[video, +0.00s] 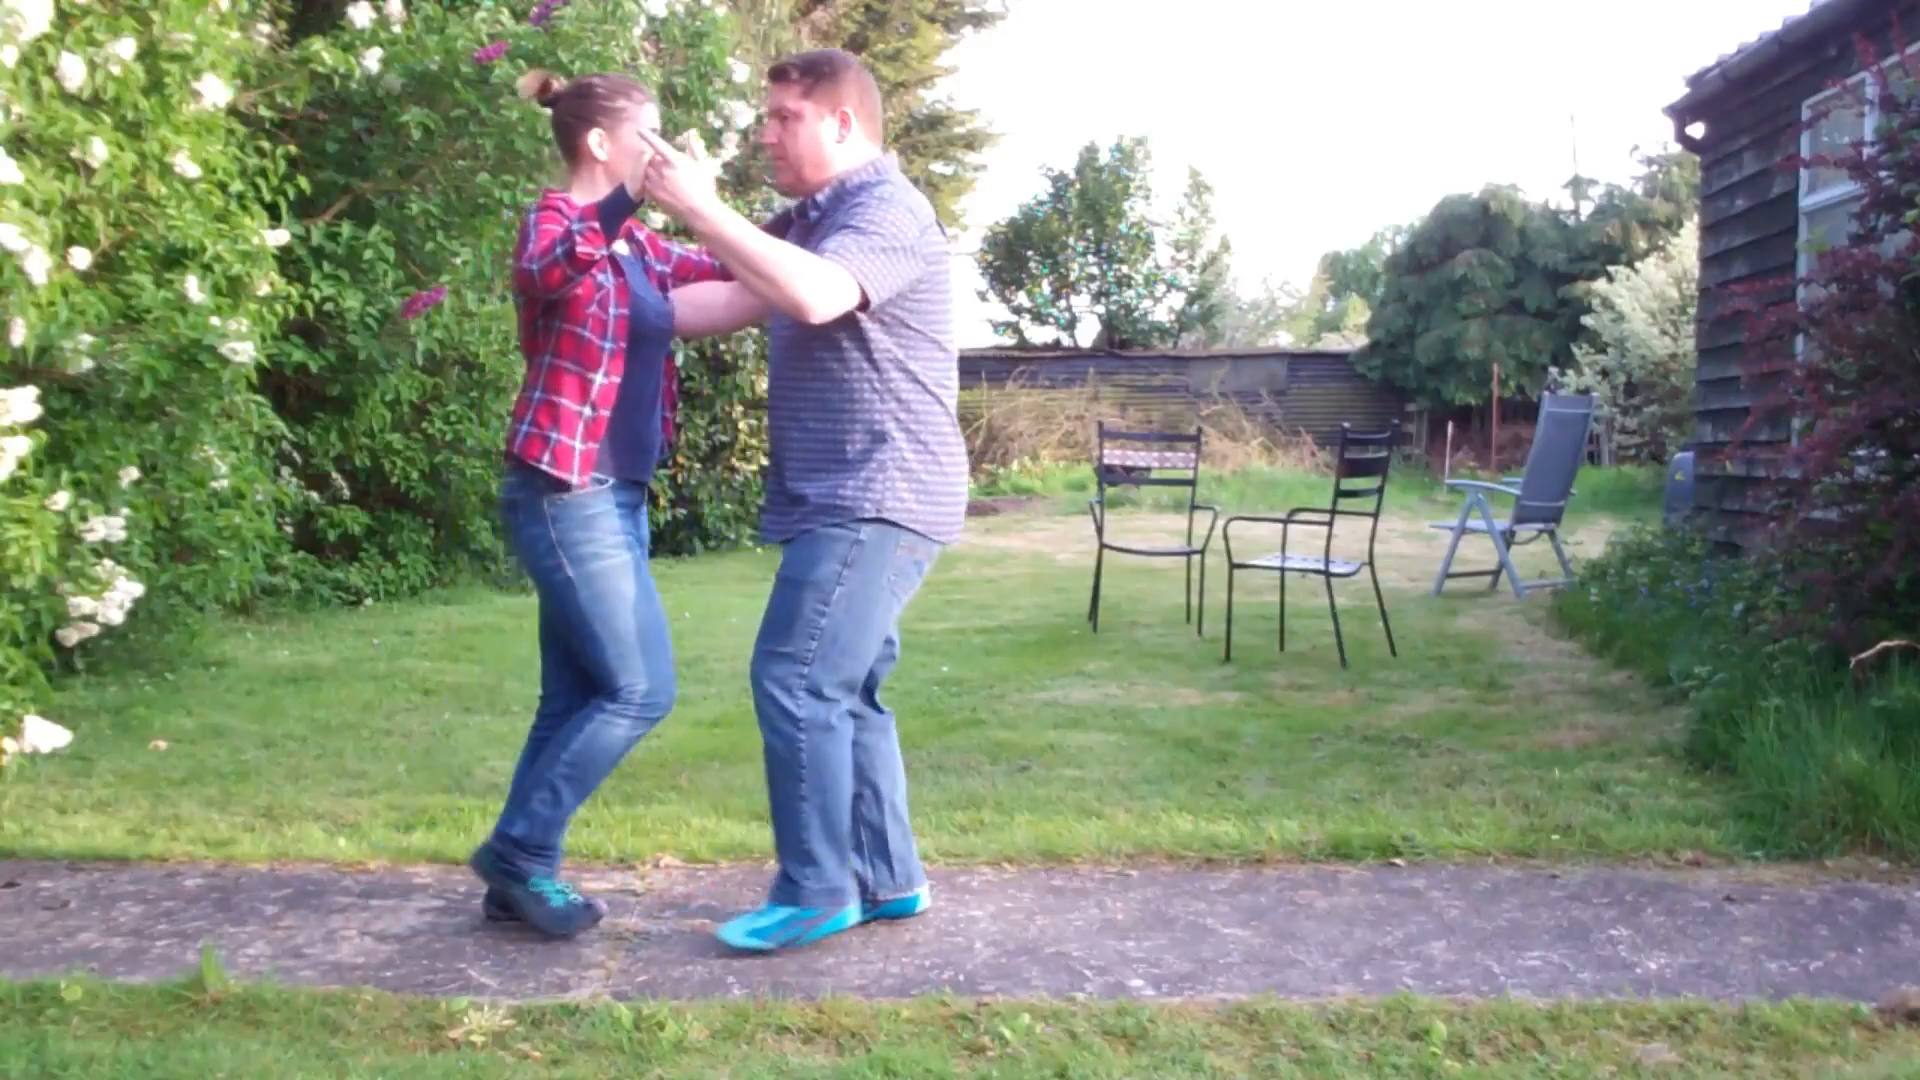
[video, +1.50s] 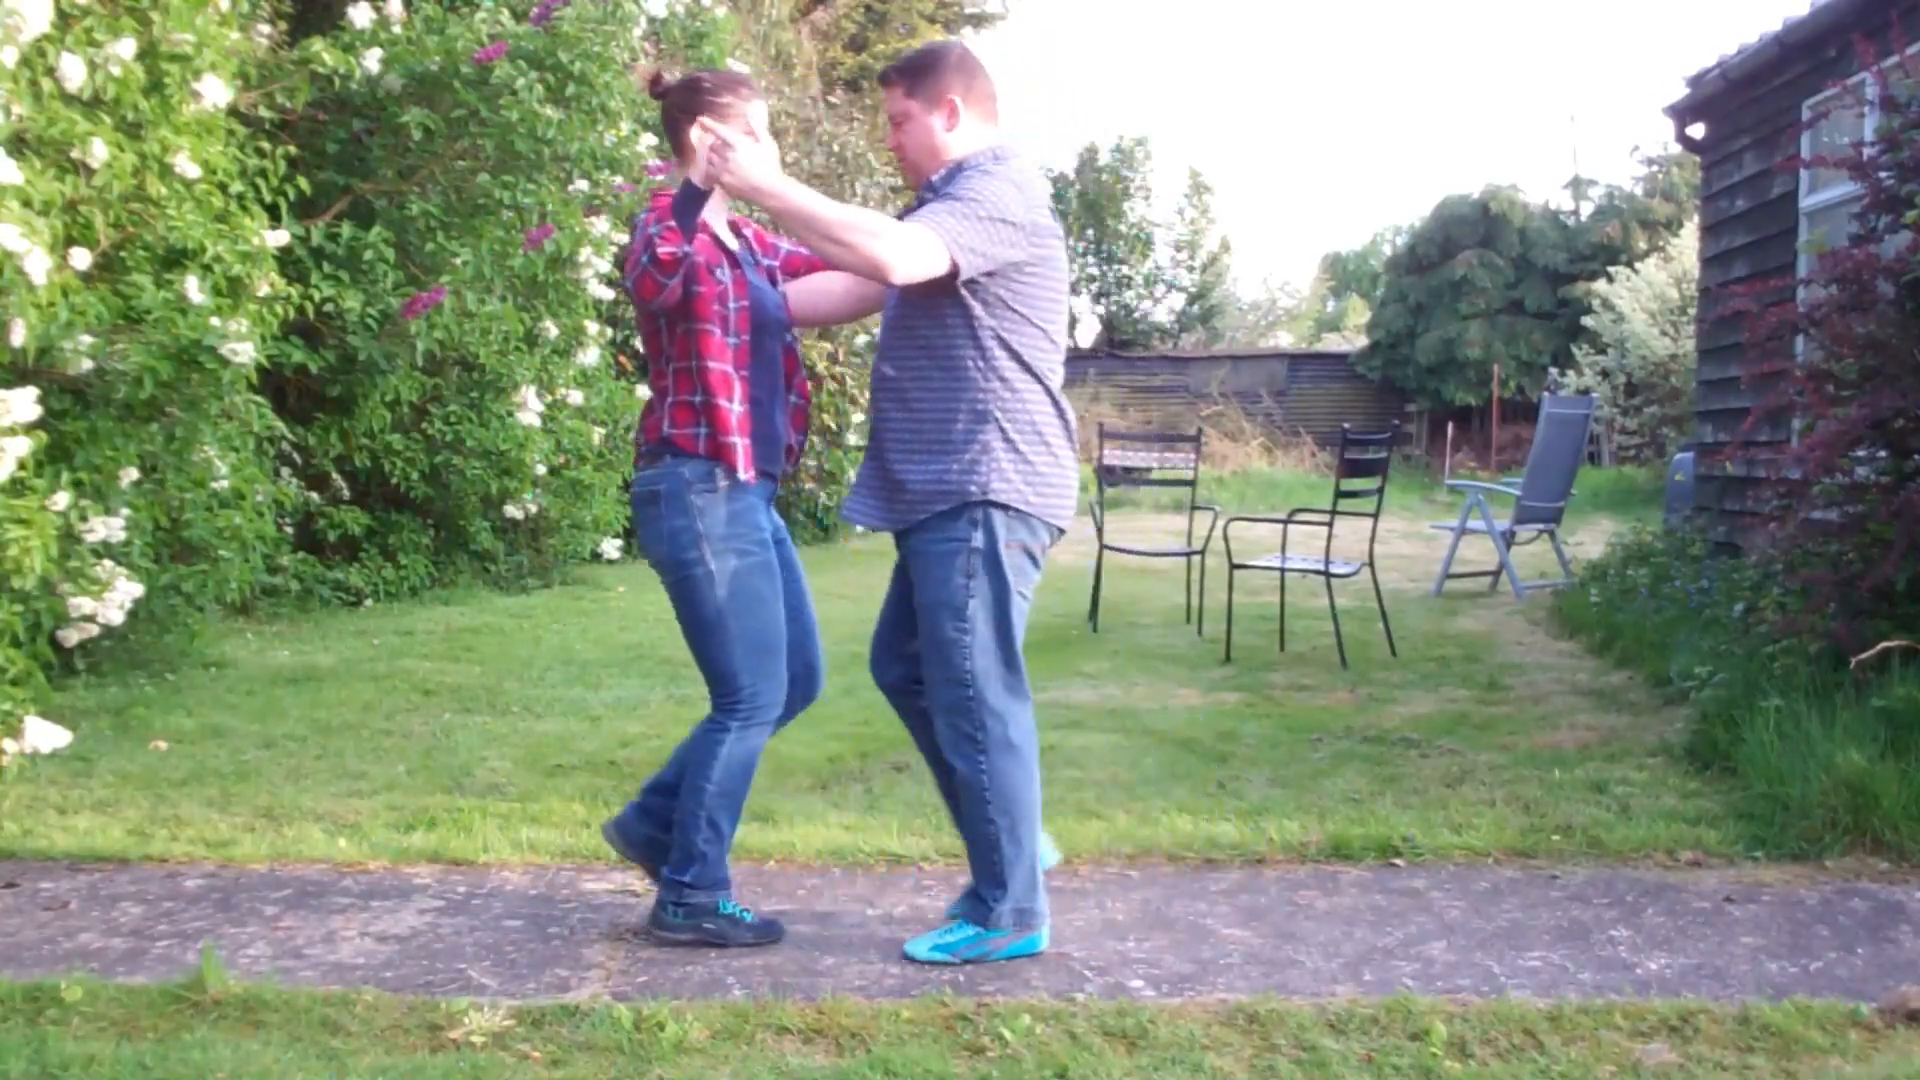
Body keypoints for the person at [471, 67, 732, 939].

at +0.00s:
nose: (660, 150)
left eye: (658, 134)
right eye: (647, 134)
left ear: (604, 143)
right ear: (599, 141)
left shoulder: (639, 241)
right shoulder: (550, 221)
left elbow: (725, 265)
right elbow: (545, 276)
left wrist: (801, 232)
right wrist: (615, 201)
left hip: (618, 491)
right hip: (561, 488)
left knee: (575, 693)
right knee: (639, 690)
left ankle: (519, 870)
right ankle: (518, 859)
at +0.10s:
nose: (677, 144)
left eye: (675, 129)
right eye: (664, 129)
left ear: (622, 137)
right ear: (617, 138)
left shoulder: (660, 240)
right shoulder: (569, 217)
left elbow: (747, 267)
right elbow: (561, 266)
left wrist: (825, 243)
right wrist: (647, 194)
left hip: (630, 489)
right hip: (581, 489)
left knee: (572, 698)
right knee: (684, 679)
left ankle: (520, 871)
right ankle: (639, 884)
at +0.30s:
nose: (722, 138)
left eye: (722, 124)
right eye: (710, 123)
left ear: (671, 137)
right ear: (664, 134)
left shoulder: (711, 238)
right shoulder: (623, 217)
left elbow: (808, 268)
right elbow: (625, 263)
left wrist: (877, 238)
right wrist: (702, 185)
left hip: (682, 484)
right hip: (647, 485)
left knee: (625, 693)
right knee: (738, 689)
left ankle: (534, 856)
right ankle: (708, 899)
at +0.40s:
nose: (750, 134)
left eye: (748, 119)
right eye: (736, 118)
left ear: (693, 131)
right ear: (690, 129)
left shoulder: (731, 235)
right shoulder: (652, 214)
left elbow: (824, 268)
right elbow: (653, 273)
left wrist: (907, 252)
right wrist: (721, 191)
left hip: (719, 482)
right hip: (683, 482)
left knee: (718, 696)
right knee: (743, 700)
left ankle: (574, 831)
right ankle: (706, 900)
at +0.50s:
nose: (778, 141)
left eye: (776, 125)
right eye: (763, 124)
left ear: (724, 140)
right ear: (715, 137)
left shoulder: (761, 242)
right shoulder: (677, 221)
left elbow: (859, 265)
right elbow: (675, 279)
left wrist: (943, 240)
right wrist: (760, 189)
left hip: (754, 486)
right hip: (702, 486)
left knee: (803, 690)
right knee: (752, 703)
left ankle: (659, 836)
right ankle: (704, 905)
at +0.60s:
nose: (801, 140)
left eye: (800, 125)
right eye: (786, 124)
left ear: (749, 141)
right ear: (737, 136)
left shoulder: (787, 244)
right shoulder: (702, 223)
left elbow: (889, 266)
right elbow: (702, 283)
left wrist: (974, 234)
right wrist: (789, 198)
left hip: (775, 495)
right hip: (722, 493)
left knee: (848, 680)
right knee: (766, 704)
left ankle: (780, 870)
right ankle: (704, 901)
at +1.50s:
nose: (768, 149)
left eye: (765, 133)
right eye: (753, 132)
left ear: (725, 139)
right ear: (704, 135)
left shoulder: (752, 241)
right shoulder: (660, 226)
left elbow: (842, 266)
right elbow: (663, 286)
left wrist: (919, 248)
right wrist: (700, 188)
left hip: (747, 488)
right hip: (694, 487)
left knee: (795, 680)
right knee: (750, 695)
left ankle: (653, 820)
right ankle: (692, 899)